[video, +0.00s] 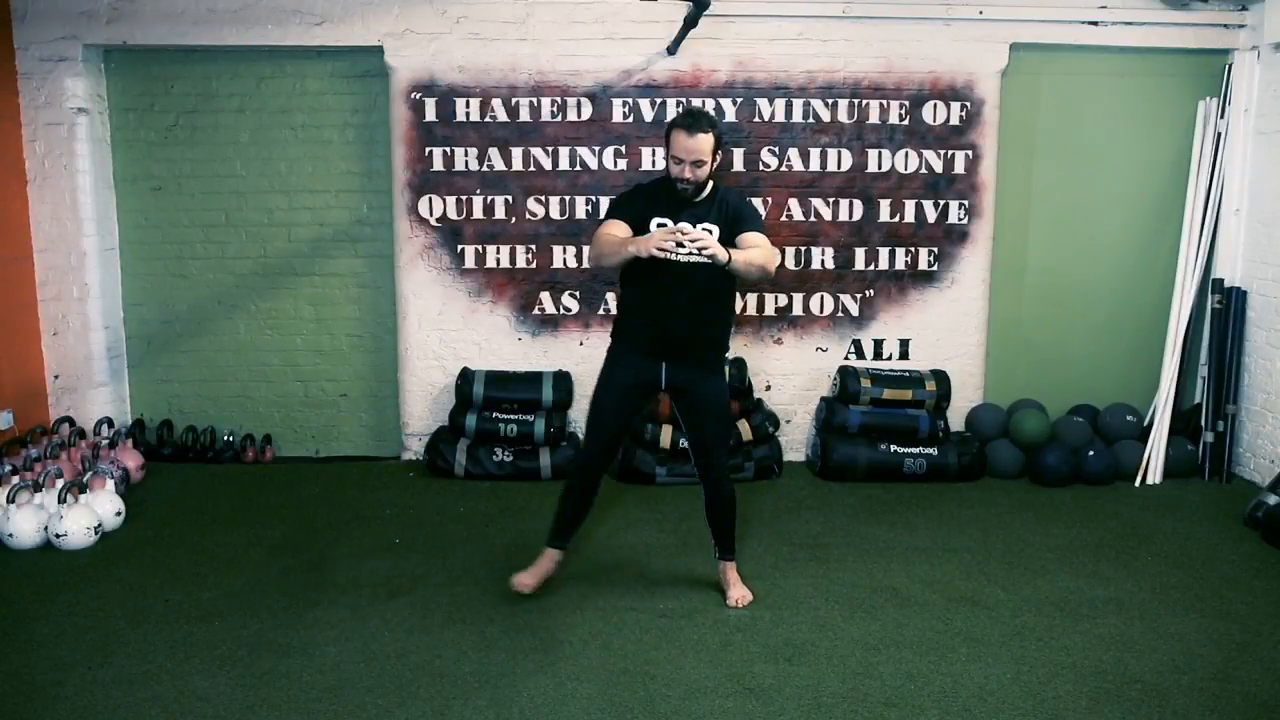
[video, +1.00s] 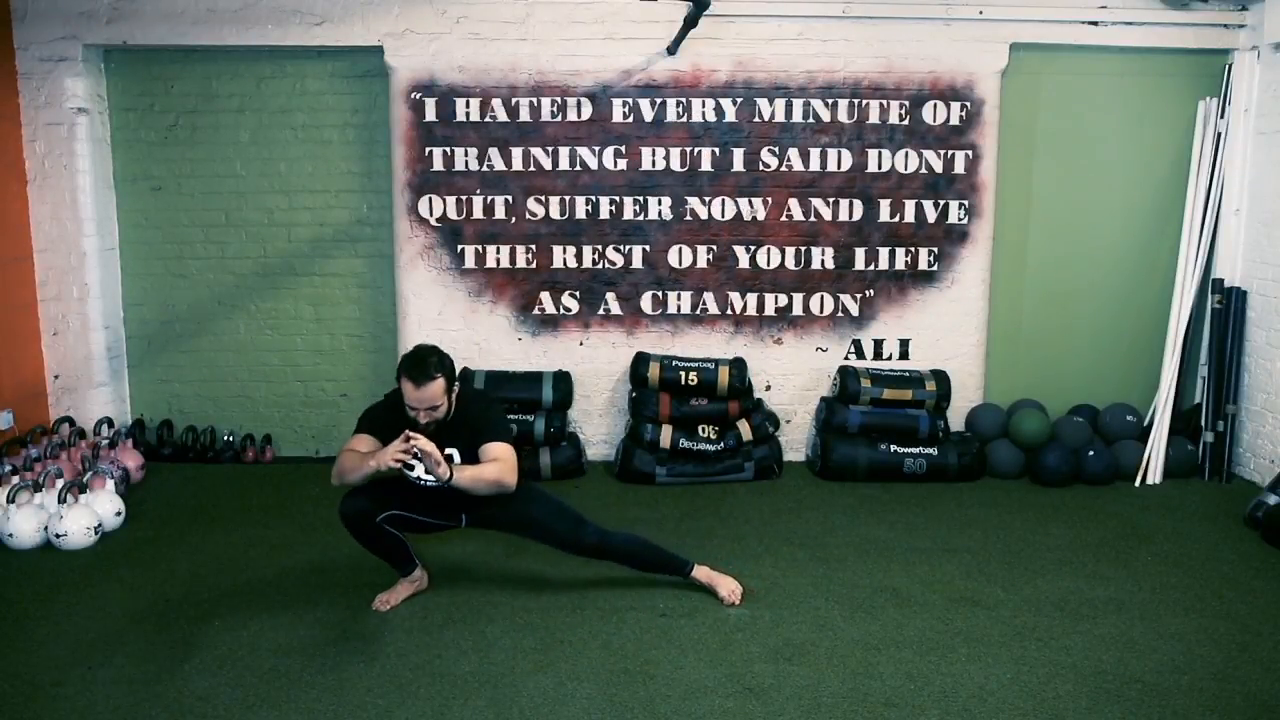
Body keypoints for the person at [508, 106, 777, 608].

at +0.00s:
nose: (686, 172)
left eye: (697, 163)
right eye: (678, 161)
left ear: (716, 159)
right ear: (666, 154)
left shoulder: (733, 207)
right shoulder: (641, 196)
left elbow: (767, 261)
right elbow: (599, 251)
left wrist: (726, 255)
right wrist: (638, 243)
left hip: (700, 357)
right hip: (633, 352)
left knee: (716, 466)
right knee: (594, 452)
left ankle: (728, 564)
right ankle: (553, 552)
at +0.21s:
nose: (658, 183)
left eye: (670, 175)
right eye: (651, 172)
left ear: (689, 170)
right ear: (640, 164)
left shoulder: (702, 219)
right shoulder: (613, 205)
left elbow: (737, 271)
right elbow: (564, 253)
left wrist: (694, 257)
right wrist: (605, 243)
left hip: (664, 369)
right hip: (595, 359)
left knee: (695, 468)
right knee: (532, 447)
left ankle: (725, 565)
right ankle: (462, 541)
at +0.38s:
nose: (605, 213)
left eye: (617, 206)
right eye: (598, 202)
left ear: (637, 199)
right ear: (588, 189)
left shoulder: (649, 240)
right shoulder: (559, 229)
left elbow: (682, 295)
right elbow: (510, 273)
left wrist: (642, 276)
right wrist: (554, 262)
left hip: (617, 389)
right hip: (545, 382)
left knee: (664, 476)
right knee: (472, 464)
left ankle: (721, 566)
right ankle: (413, 564)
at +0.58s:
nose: (512, 288)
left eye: (523, 281)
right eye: (505, 278)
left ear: (544, 270)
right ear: (494, 264)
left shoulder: (559, 306)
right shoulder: (472, 295)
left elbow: (592, 363)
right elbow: (418, 340)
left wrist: (547, 342)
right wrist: (467, 326)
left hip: (548, 432)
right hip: (474, 428)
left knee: (620, 499)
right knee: (394, 486)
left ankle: (710, 567)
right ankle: (413, 574)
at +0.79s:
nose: (451, 370)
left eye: (460, 361)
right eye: (443, 361)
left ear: (479, 347)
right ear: (429, 345)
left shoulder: (502, 372)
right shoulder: (413, 367)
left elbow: (531, 433)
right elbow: (360, 421)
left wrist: (478, 417)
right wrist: (401, 402)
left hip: (509, 470)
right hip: (443, 468)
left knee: (597, 523)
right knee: (363, 500)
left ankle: (703, 570)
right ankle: (413, 574)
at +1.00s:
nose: (423, 418)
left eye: (432, 407)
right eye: (413, 408)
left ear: (451, 388)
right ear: (400, 391)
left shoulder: (478, 409)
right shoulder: (385, 415)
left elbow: (504, 477)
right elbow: (340, 475)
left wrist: (448, 472)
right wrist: (375, 462)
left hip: (494, 497)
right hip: (431, 500)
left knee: (587, 537)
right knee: (354, 507)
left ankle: (698, 572)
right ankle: (413, 573)